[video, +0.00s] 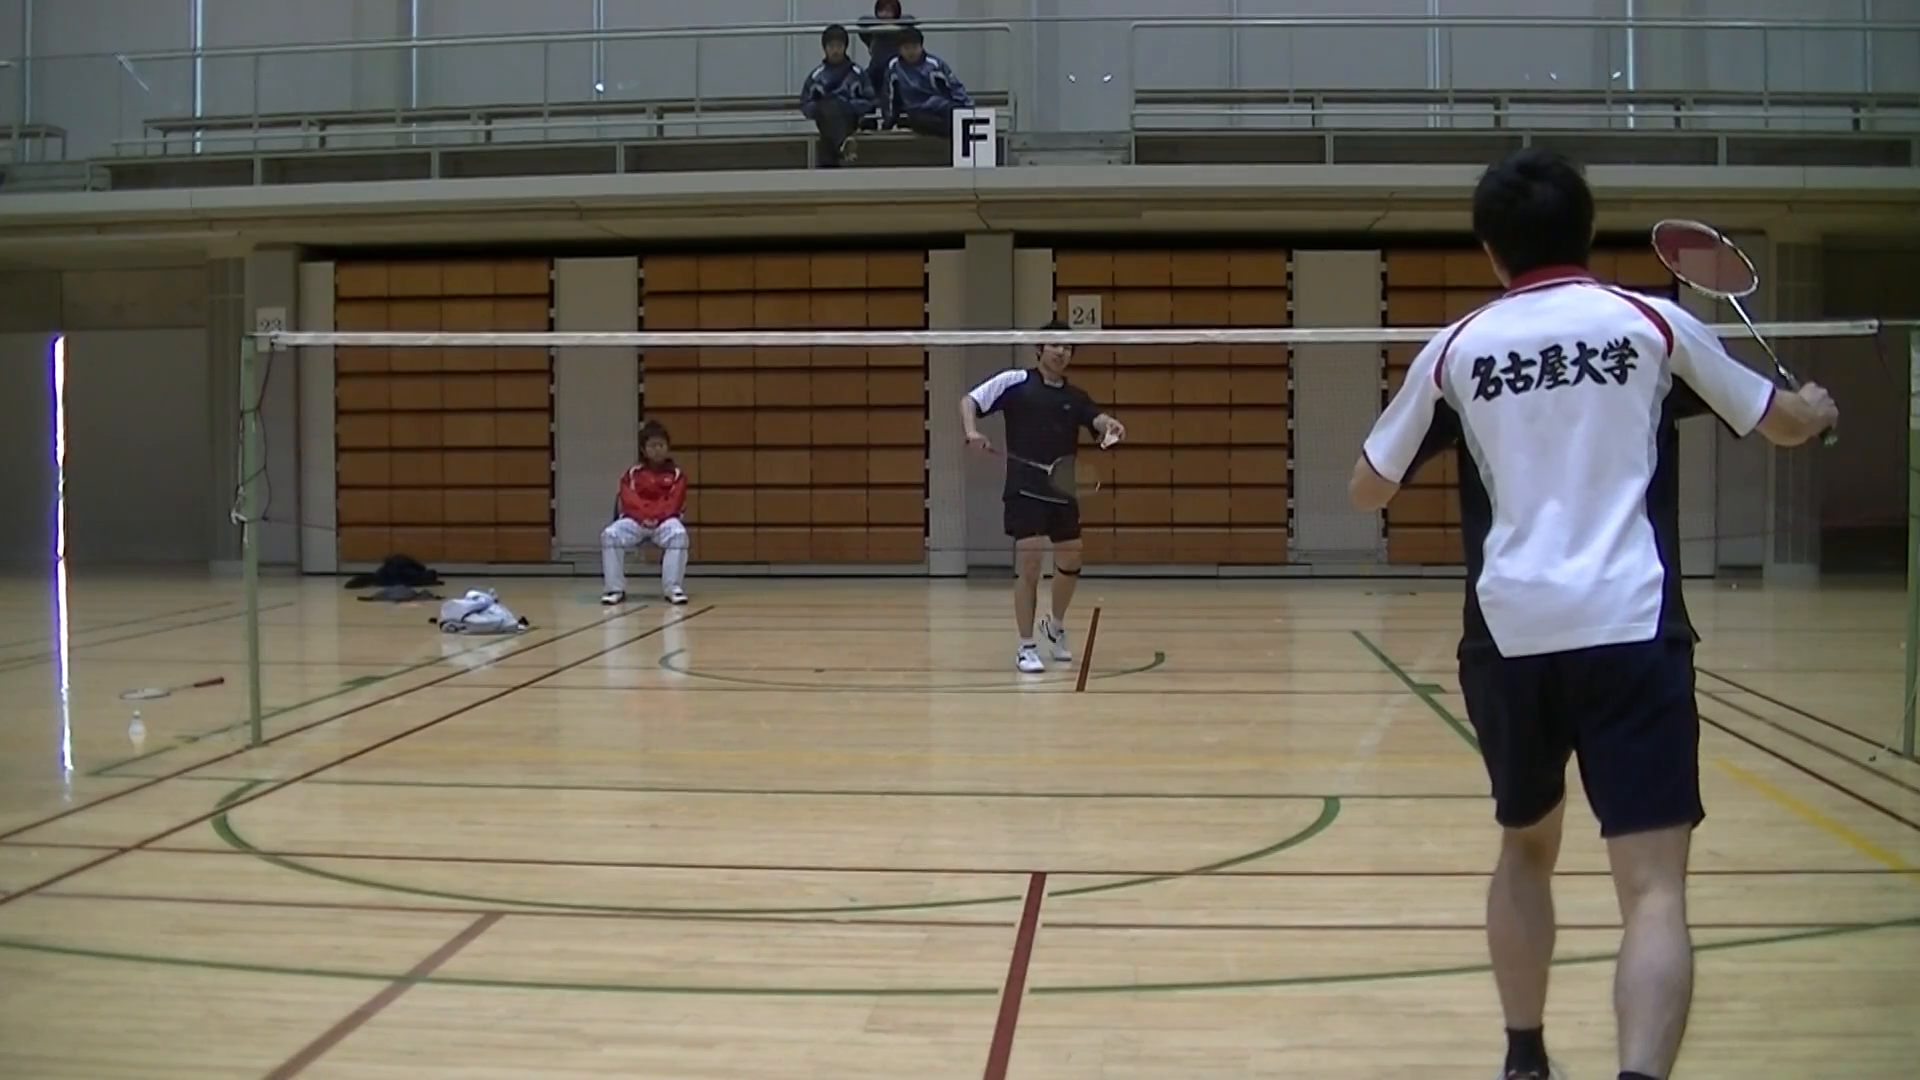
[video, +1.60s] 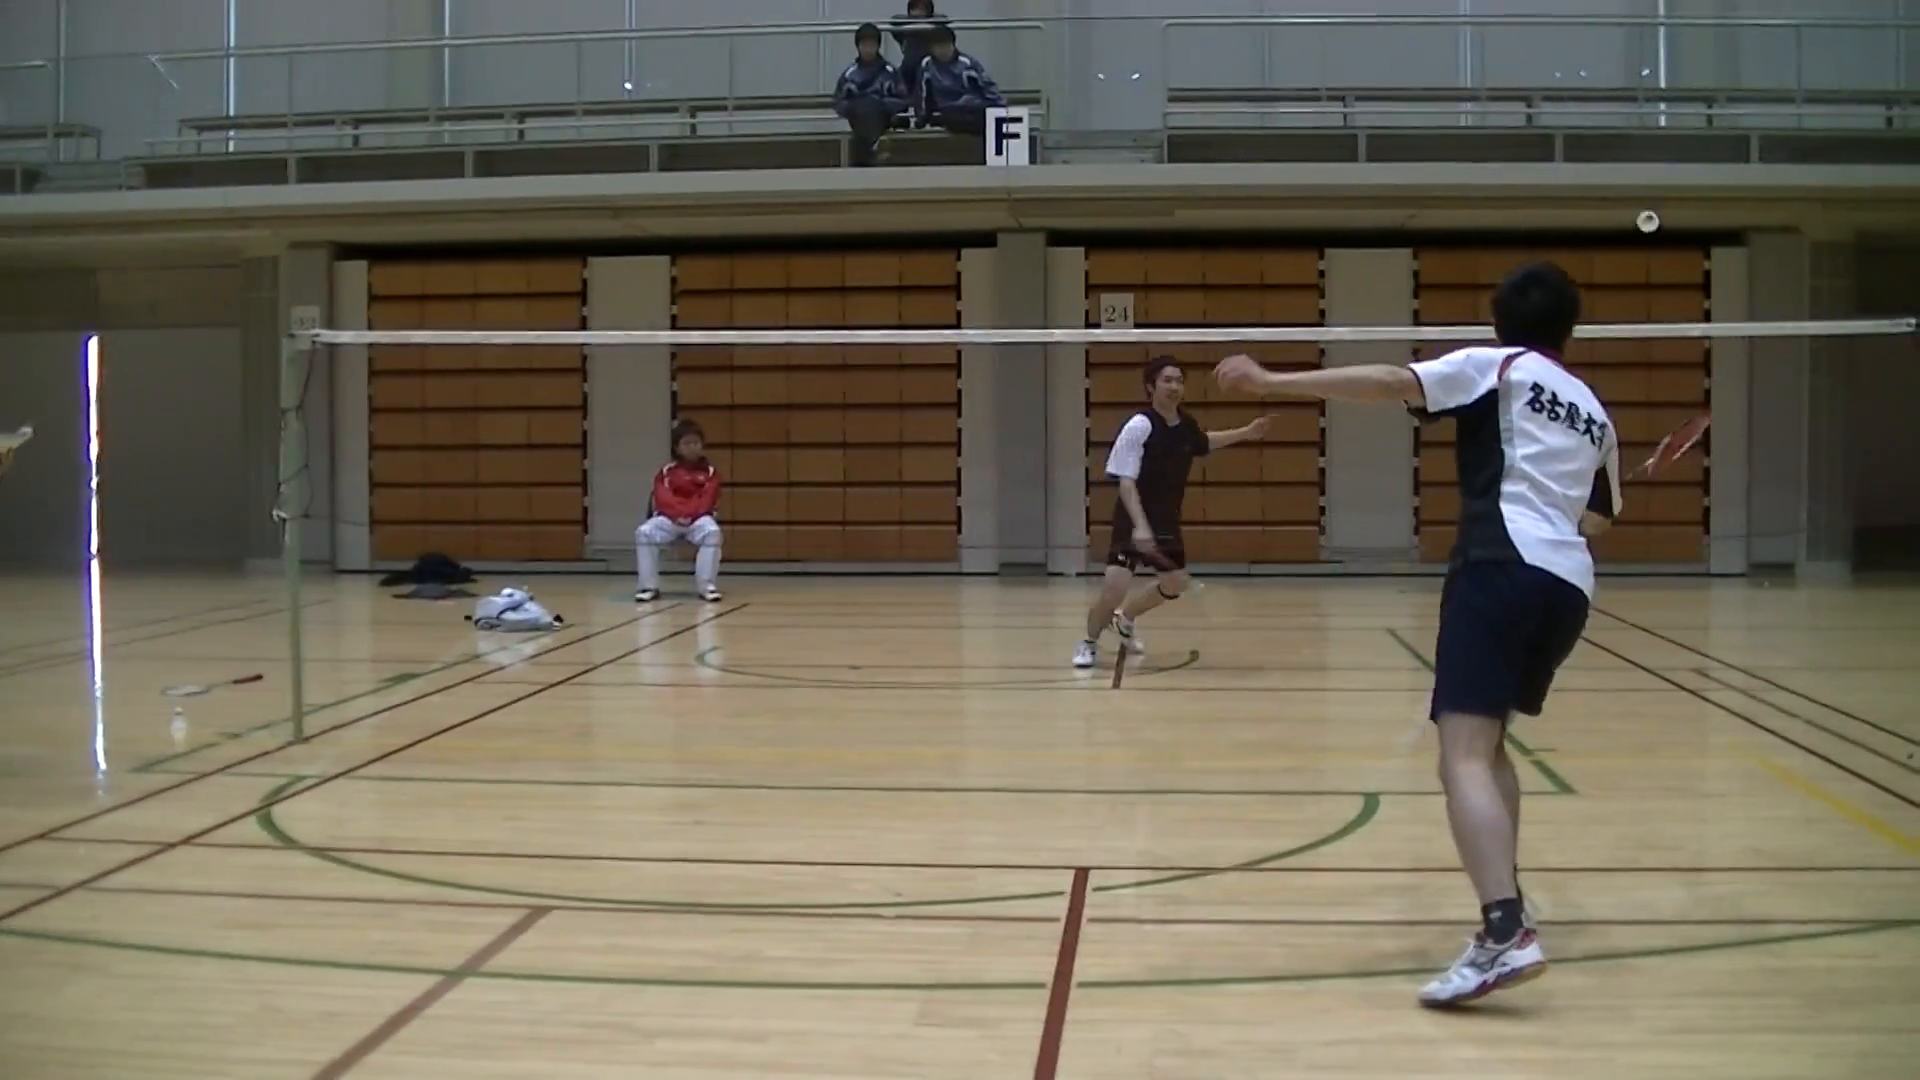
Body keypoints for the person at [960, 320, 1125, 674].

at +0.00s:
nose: (1062, 353)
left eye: (1067, 348)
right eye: (1056, 346)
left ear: (1071, 354)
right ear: (1040, 350)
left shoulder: (1075, 395)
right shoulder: (1015, 381)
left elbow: (1100, 419)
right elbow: (969, 402)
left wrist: (1113, 428)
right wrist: (972, 431)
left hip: (1062, 488)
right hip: (1025, 487)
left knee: (1070, 561)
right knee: (1030, 563)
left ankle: (1055, 627)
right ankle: (1026, 646)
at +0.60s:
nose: (1068, 353)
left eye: (1073, 347)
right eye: (1061, 347)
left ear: (1079, 350)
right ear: (1047, 348)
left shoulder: (1083, 392)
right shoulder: (1028, 382)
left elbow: (1094, 442)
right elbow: (1000, 424)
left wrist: (1111, 445)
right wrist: (992, 462)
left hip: (1072, 488)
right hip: (1036, 488)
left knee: (1094, 554)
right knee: (1035, 565)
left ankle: (1072, 617)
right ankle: (1027, 646)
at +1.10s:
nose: (1113, 358)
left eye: (1119, 353)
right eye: (1107, 351)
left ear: (1124, 359)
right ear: (1094, 355)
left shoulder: (1119, 395)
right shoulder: (1073, 389)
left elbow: (1111, 442)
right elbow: (1045, 439)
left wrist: (1135, 471)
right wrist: (1036, 488)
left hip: (1096, 483)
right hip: (1066, 482)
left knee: (1107, 553)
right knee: (1078, 547)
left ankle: (1092, 628)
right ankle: (1057, 635)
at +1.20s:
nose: (1124, 364)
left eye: (1130, 359)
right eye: (1118, 357)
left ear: (1136, 365)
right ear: (1105, 360)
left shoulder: (1131, 400)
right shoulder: (1087, 394)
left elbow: (1124, 447)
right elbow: (1058, 447)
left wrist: (1152, 475)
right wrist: (1051, 499)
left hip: (1108, 491)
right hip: (1080, 489)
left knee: (1120, 551)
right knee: (1094, 552)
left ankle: (1098, 625)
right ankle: (1073, 638)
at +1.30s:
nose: (1159, 387)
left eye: (1164, 381)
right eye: (1153, 380)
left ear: (1169, 386)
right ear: (1139, 383)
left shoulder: (1168, 423)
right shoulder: (1122, 420)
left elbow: (1178, 466)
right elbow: (1092, 468)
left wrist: (1211, 480)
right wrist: (1085, 520)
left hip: (1143, 508)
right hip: (1115, 506)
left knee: (1155, 572)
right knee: (1133, 565)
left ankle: (1122, 631)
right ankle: (1108, 641)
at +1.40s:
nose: (1168, 403)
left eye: (1173, 397)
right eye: (1161, 396)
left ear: (1180, 402)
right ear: (1147, 400)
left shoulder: (1183, 440)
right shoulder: (1131, 436)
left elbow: (1218, 471)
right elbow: (1102, 482)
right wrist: (1089, 531)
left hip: (1150, 522)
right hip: (1120, 519)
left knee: (1159, 586)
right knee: (1137, 575)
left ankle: (1127, 633)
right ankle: (1111, 640)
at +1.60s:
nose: (1175, 386)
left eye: (1179, 381)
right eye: (1168, 380)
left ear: (1184, 388)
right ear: (1151, 387)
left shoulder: (1186, 426)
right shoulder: (1138, 426)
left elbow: (1204, 444)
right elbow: (1126, 483)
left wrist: (1247, 432)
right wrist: (1141, 526)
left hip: (1166, 517)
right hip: (1132, 514)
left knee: (1175, 583)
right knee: (1116, 584)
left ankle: (1125, 617)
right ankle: (1090, 641)